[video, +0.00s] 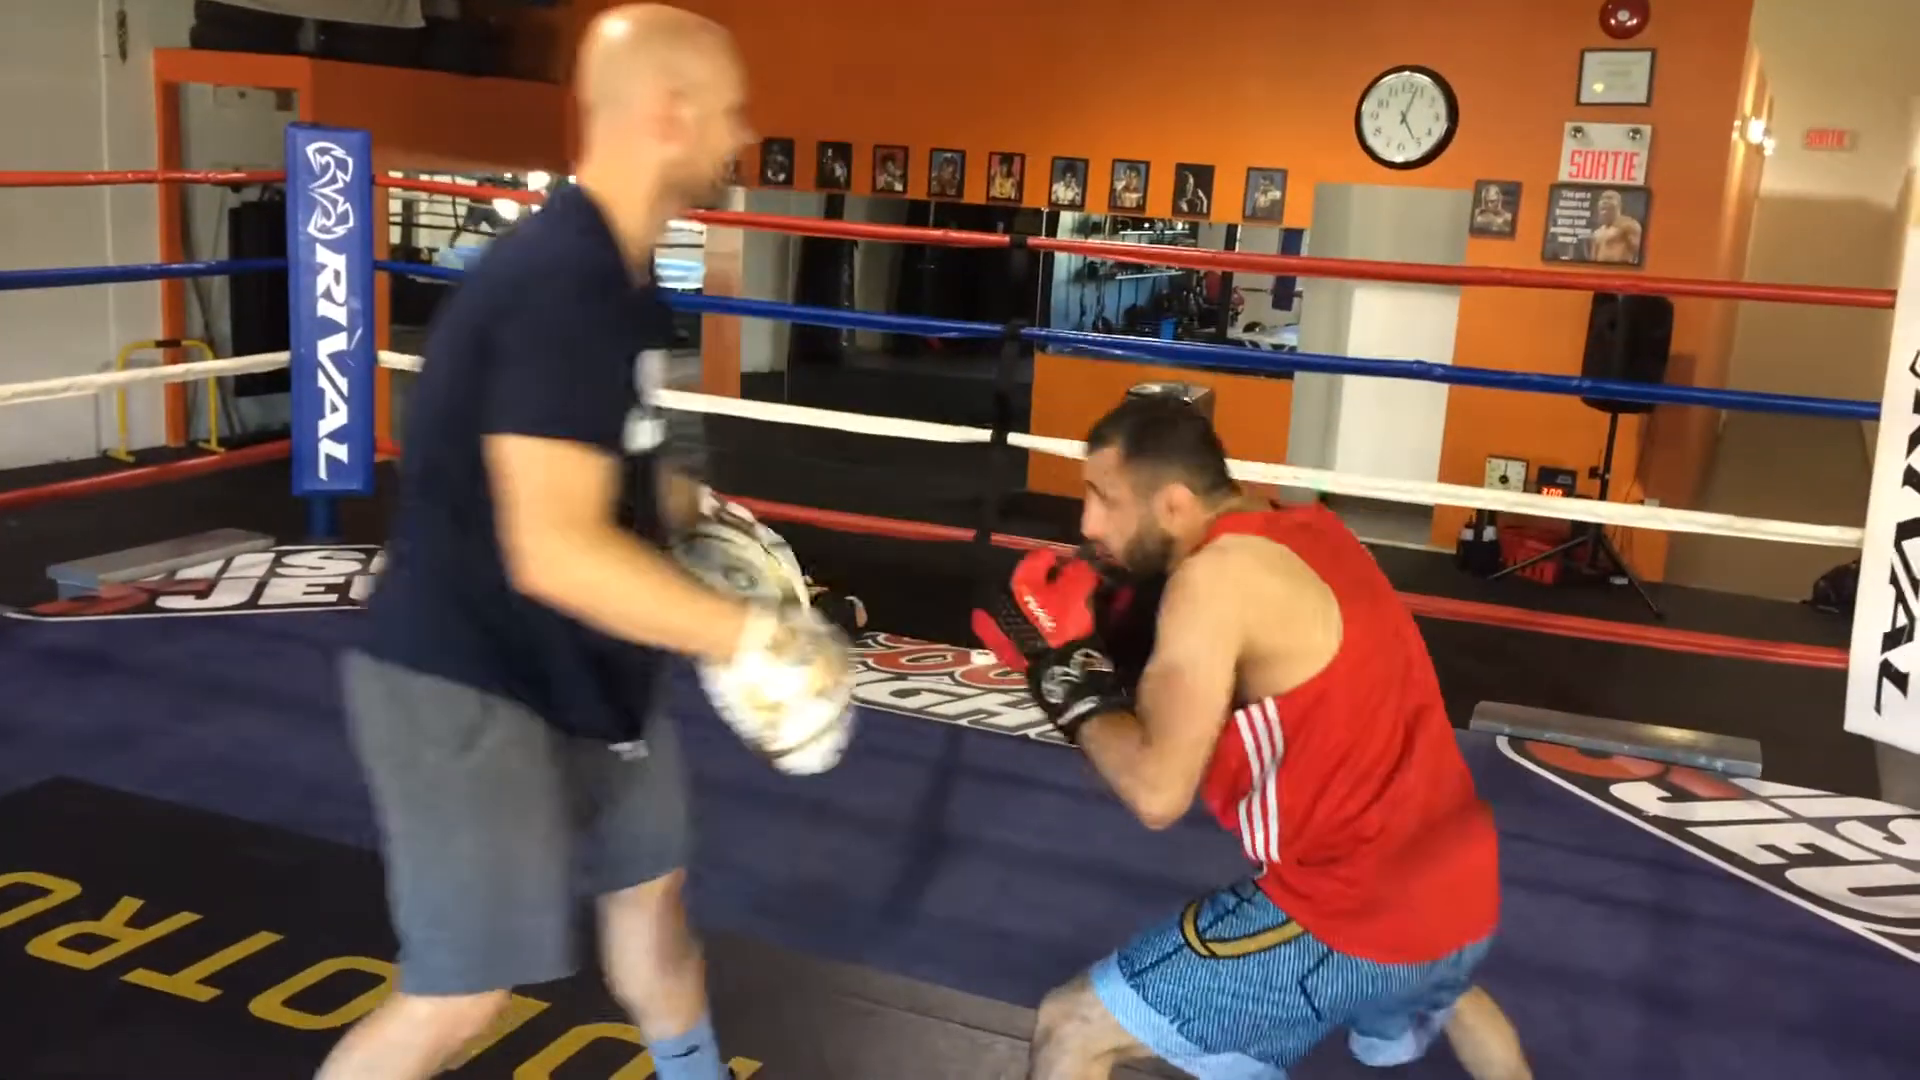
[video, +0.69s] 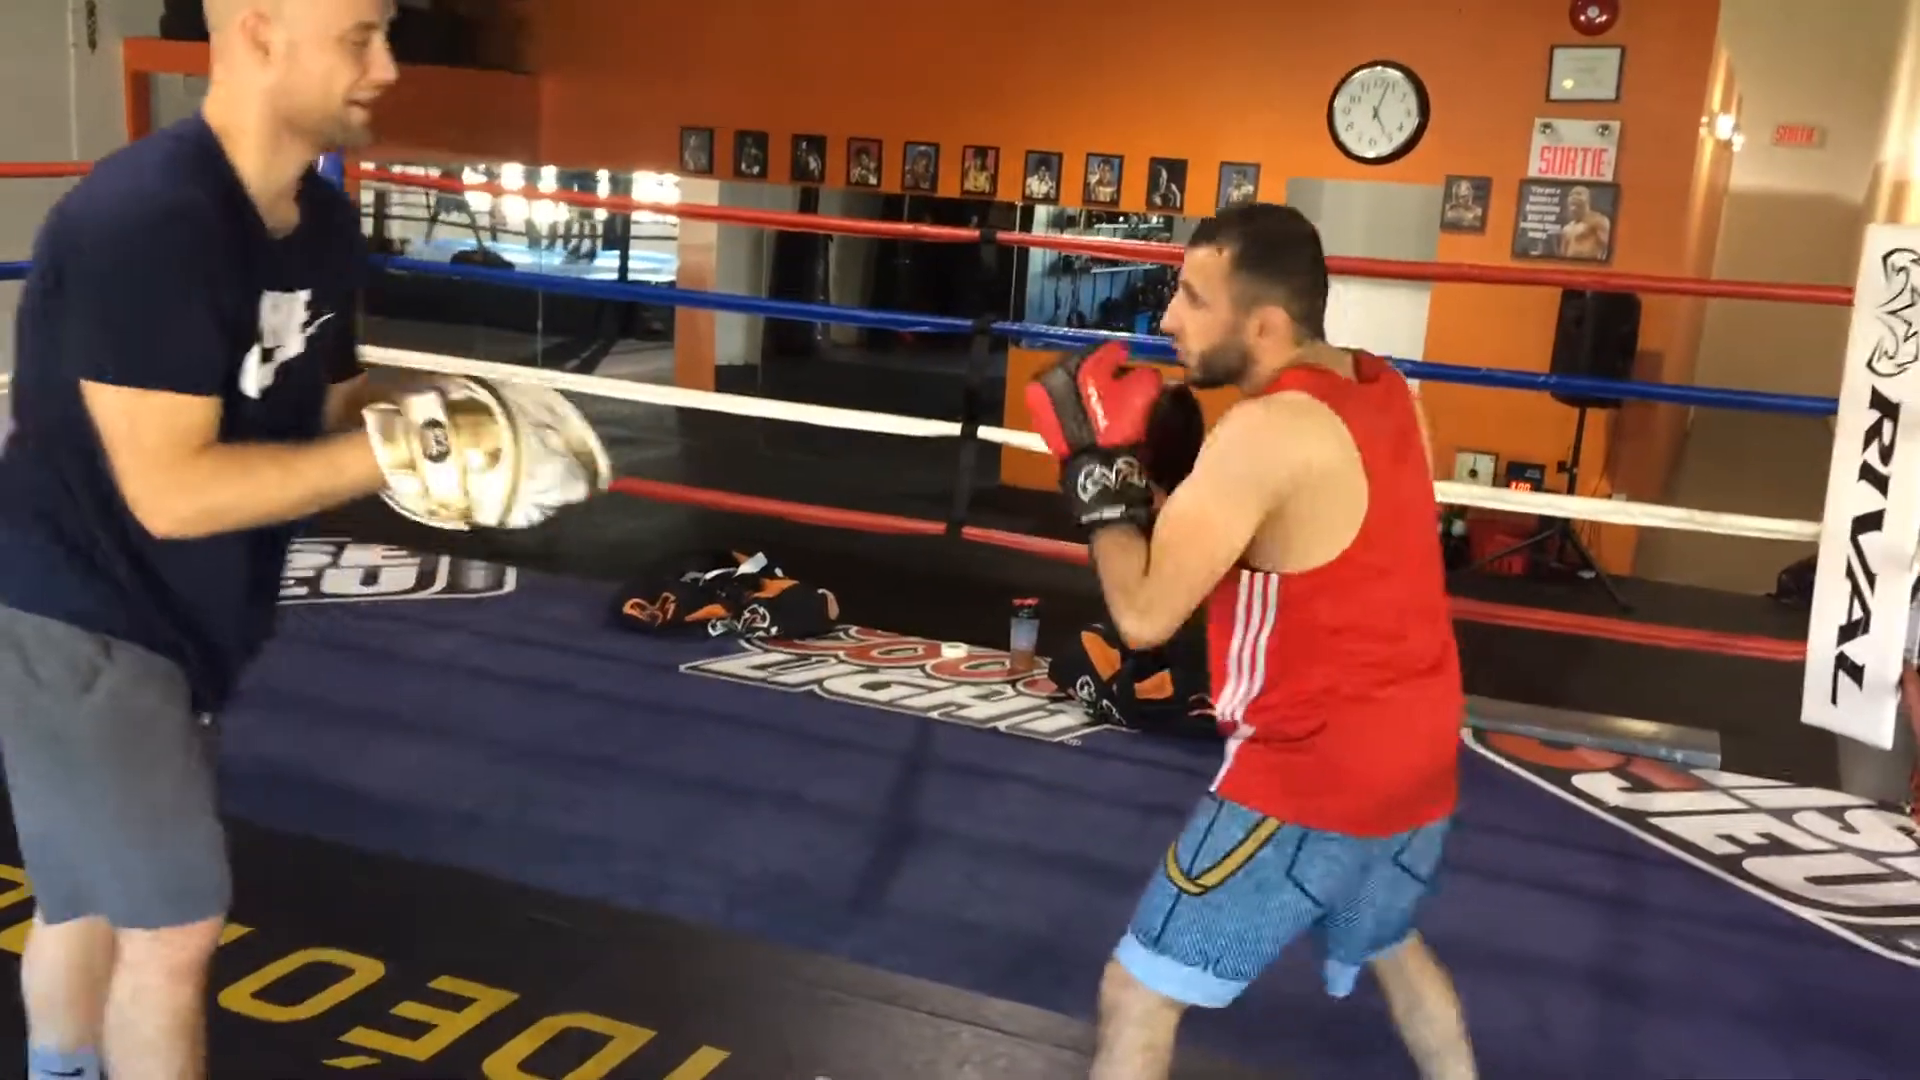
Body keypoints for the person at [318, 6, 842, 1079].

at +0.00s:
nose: (744, 145)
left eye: (742, 118)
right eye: (733, 115)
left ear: (649, 115)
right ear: (664, 114)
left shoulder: (620, 277)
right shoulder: (553, 281)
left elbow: (619, 478)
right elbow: (551, 552)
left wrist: (719, 545)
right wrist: (750, 637)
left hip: (581, 660)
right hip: (454, 677)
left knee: (647, 888)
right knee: (463, 986)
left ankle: (693, 1070)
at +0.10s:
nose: (679, 134)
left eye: (677, 106)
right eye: (664, 105)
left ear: (581, 107)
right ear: (585, 105)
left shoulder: (558, 264)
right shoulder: (461, 278)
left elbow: (536, 453)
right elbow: (437, 561)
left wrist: (667, 499)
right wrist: (654, 638)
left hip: (514, 660)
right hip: (381, 680)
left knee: (568, 895)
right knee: (396, 994)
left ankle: (654, 1071)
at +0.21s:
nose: (621, 100)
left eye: (617, 74)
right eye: (600, 73)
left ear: (519, 76)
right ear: (514, 77)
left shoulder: (518, 236)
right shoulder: (391, 265)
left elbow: (490, 424)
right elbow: (357, 554)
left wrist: (620, 483)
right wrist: (565, 619)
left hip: (460, 618)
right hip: (323, 653)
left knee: (527, 843)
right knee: (359, 969)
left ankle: (548, 1061)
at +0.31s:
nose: (558, 77)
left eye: (552, 48)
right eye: (535, 47)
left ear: (453, 65)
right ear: (443, 60)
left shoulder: (461, 215)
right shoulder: (319, 252)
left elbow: (442, 396)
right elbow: (293, 544)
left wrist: (573, 449)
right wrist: (517, 583)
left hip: (410, 601)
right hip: (268, 635)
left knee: (480, 825)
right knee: (307, 950)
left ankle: (378, 1055)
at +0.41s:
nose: (496, 67)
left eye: (490, 39)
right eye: (470, 39)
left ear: (385, 51)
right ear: (378, 48)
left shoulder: (422, 201)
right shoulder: (259, 248)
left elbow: (410, 373)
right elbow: (255, 537)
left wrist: (557, 419)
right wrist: (490, 534)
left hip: (363, 604)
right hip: (224, 635)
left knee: (410, 842)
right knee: (250, 954)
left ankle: (237, 1004)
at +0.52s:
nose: (447, 63)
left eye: (443, 32)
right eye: (418, 33)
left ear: (334, 47)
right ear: (318, 42)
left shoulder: (394, 204)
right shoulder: (215, 245)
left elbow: (389, 374)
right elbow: (239, 529)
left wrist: (536, 406)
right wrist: (477, 506)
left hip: (311, 619)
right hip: (182, 633)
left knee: (268, 900)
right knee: (201, 958)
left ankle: (134, 1056)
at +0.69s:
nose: (385, 73)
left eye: (386, 41)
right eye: (357, 40)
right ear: (256, 32)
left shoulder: (319, 215)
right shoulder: (143, 217)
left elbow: (327, 414)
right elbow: (169, 492)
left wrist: (466, 416)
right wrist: (398, 454)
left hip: (175, 623)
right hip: (73, 621)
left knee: (84, 898)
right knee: (173, 923)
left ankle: (62, 1072)